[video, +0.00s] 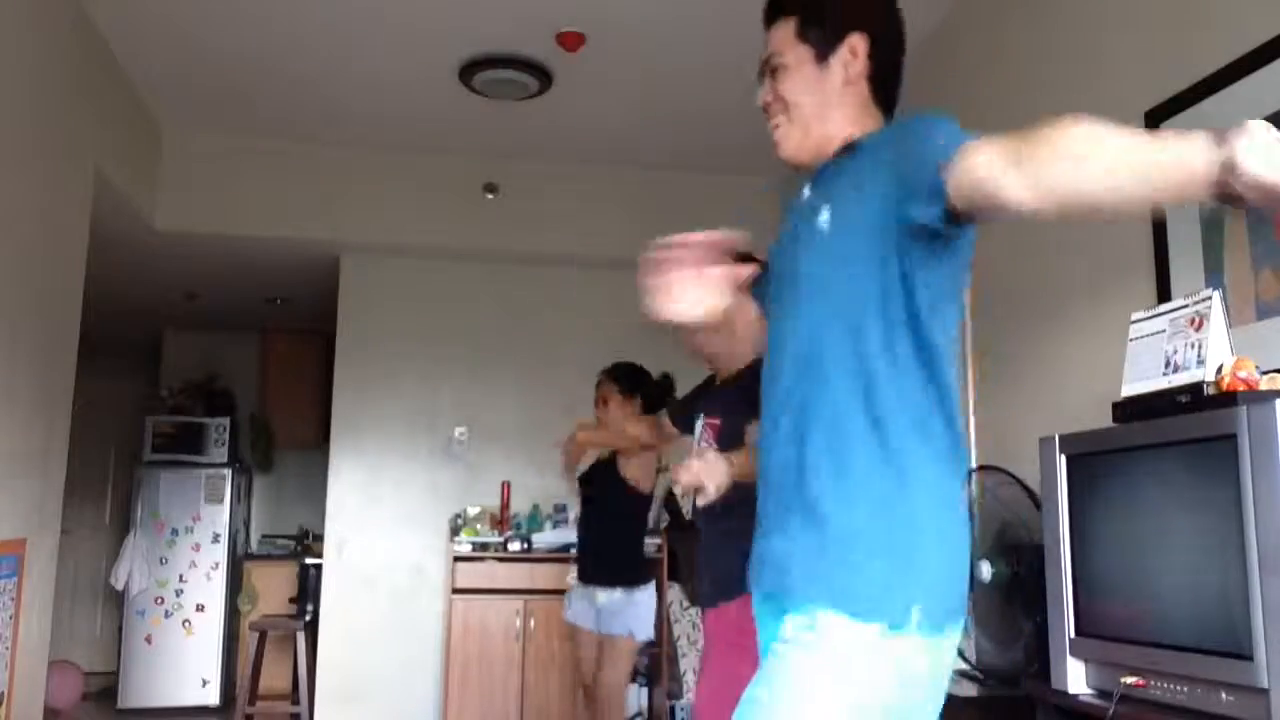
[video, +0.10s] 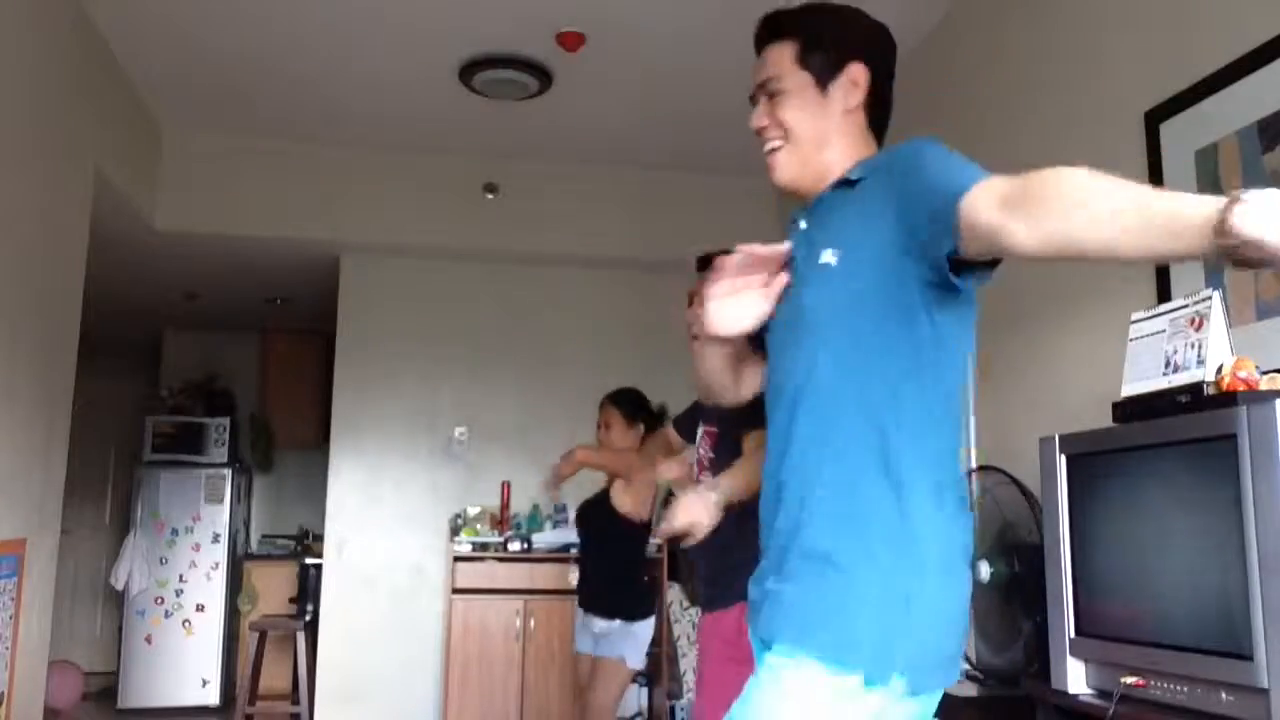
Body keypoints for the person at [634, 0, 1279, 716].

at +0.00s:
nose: (762, 95)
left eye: (776, 70)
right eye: (761, 77)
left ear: (848, 59)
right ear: (839, 65)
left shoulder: (901, 153)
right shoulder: (800, 222)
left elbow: (1023, 171)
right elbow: (742, 353)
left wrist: (1223, 159)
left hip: (874, 603)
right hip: (806, 600)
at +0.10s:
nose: (756, 119)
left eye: (773, 93)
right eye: (755, 103)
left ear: (851, 85)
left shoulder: (904, 179)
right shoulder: (801, 255)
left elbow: (1021, 208)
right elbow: (731, 390)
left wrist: (1225, 222)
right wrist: (715, 338)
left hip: (863, 630)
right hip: (799, 622)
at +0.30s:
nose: (805, 61)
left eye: (832, 35)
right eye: (791, 43)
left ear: (893, 45)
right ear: (779, 61)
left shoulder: (925, 116)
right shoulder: (787, 192)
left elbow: (1060, 153)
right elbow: (685, 310)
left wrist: (939, 201)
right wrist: (527, 353)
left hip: (904, 565)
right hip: (797, 559)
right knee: (783, 710)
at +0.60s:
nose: (842, 82)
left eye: (867, 55)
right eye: (823, 66)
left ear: (925, 69)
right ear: (808, 90)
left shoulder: (975, 151)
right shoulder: (806, 232)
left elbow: (1145, 175)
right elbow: (683, 326)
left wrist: (921, 242)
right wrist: (540, 414)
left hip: (962, 616)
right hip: (808, 610)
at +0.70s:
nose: (833, 69)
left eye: (858, 41)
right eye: (813, 52)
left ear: (915, 52)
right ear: (796, 74)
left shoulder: (952, 108)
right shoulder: (803, 211)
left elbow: (1093, 133)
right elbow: (684, 304)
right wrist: (525, 380)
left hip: (952, 571)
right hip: (819, 567)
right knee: (765, 706)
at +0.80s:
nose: (822, 78)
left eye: (845, 52)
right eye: (804, 62)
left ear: (907, 61)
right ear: (792, 84)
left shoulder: (943, 136)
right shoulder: (803, 222)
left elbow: (1048, 167)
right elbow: (720, 307)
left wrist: (1223, 182)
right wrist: (638, 325)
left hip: (935, 565)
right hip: (824, 563)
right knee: (804, 711)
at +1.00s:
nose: (784, 117)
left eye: (804, 89)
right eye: (778, 98)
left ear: (880, 82)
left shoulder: (941, 169)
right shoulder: (807, 249)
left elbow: (1050, 214)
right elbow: (704, 373)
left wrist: (1219, 245)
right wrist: (719, 334)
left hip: (933, 597)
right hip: (841, 596)